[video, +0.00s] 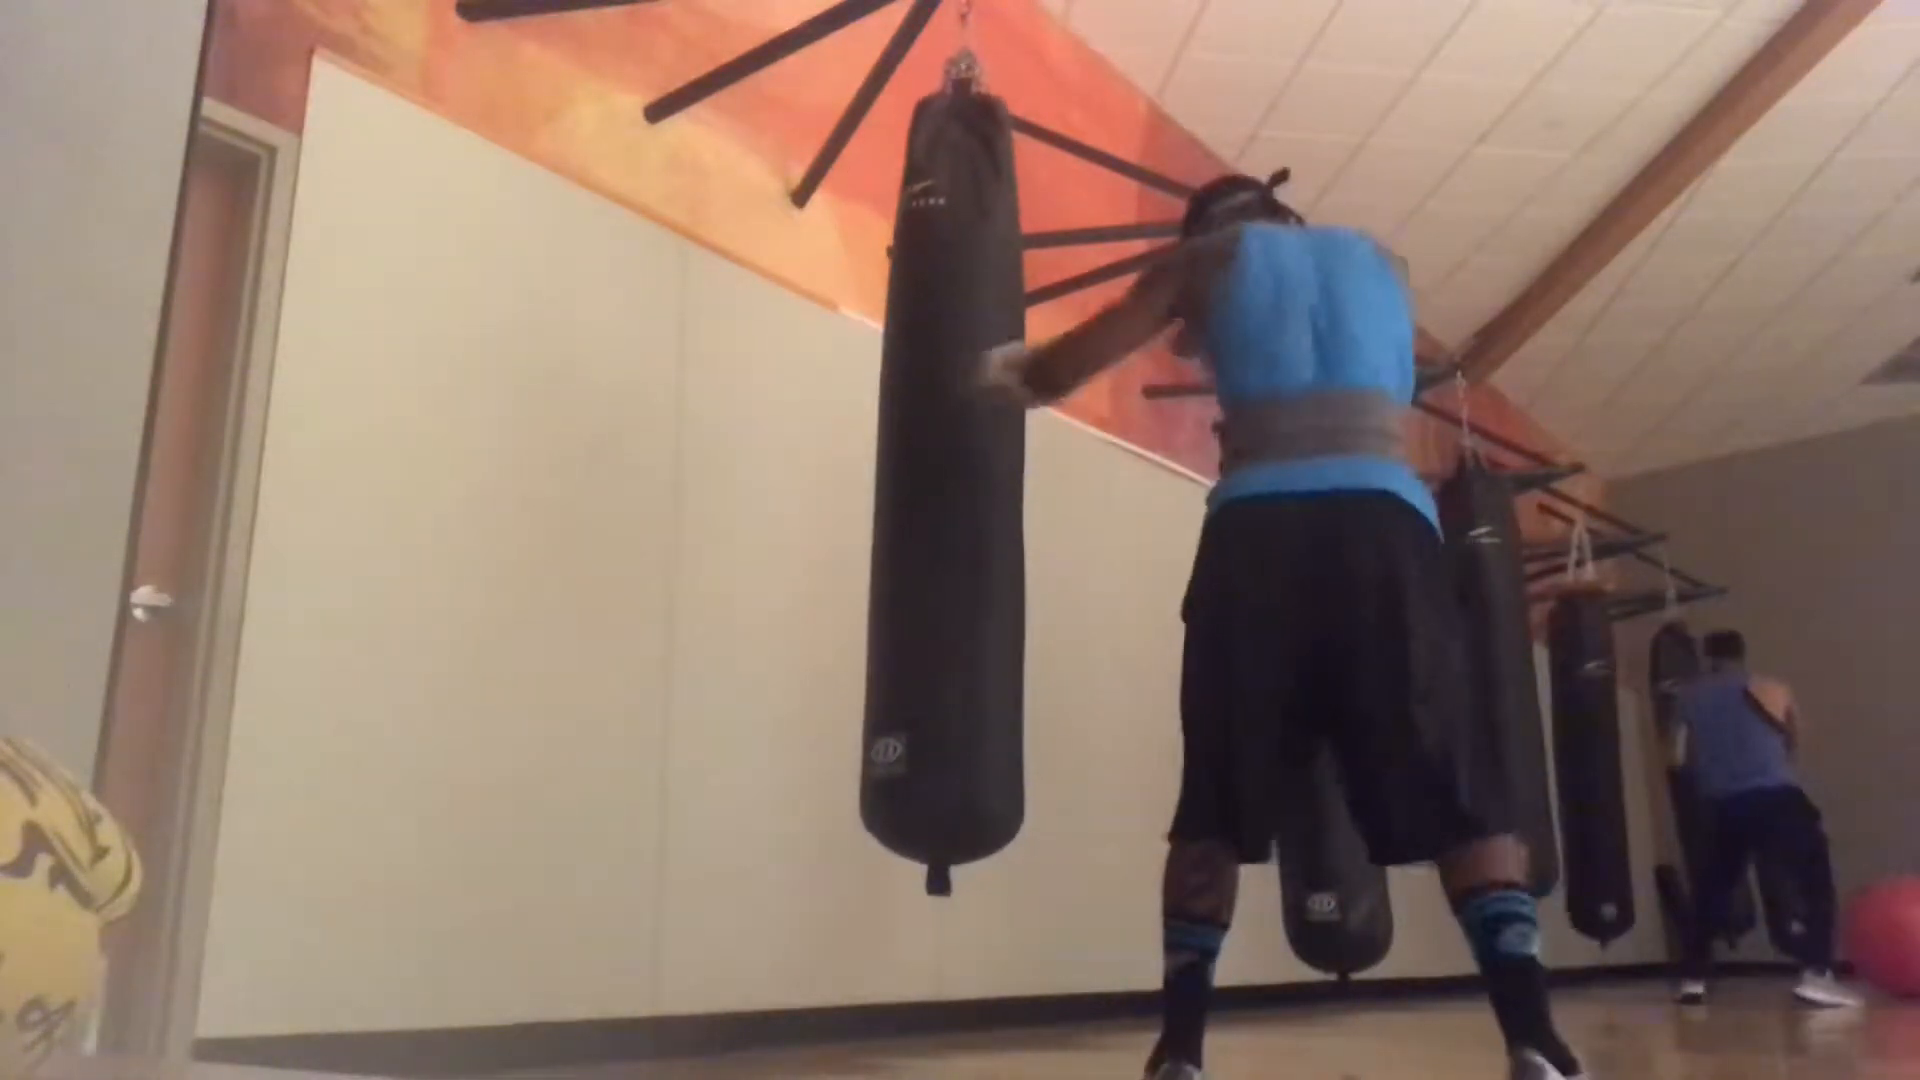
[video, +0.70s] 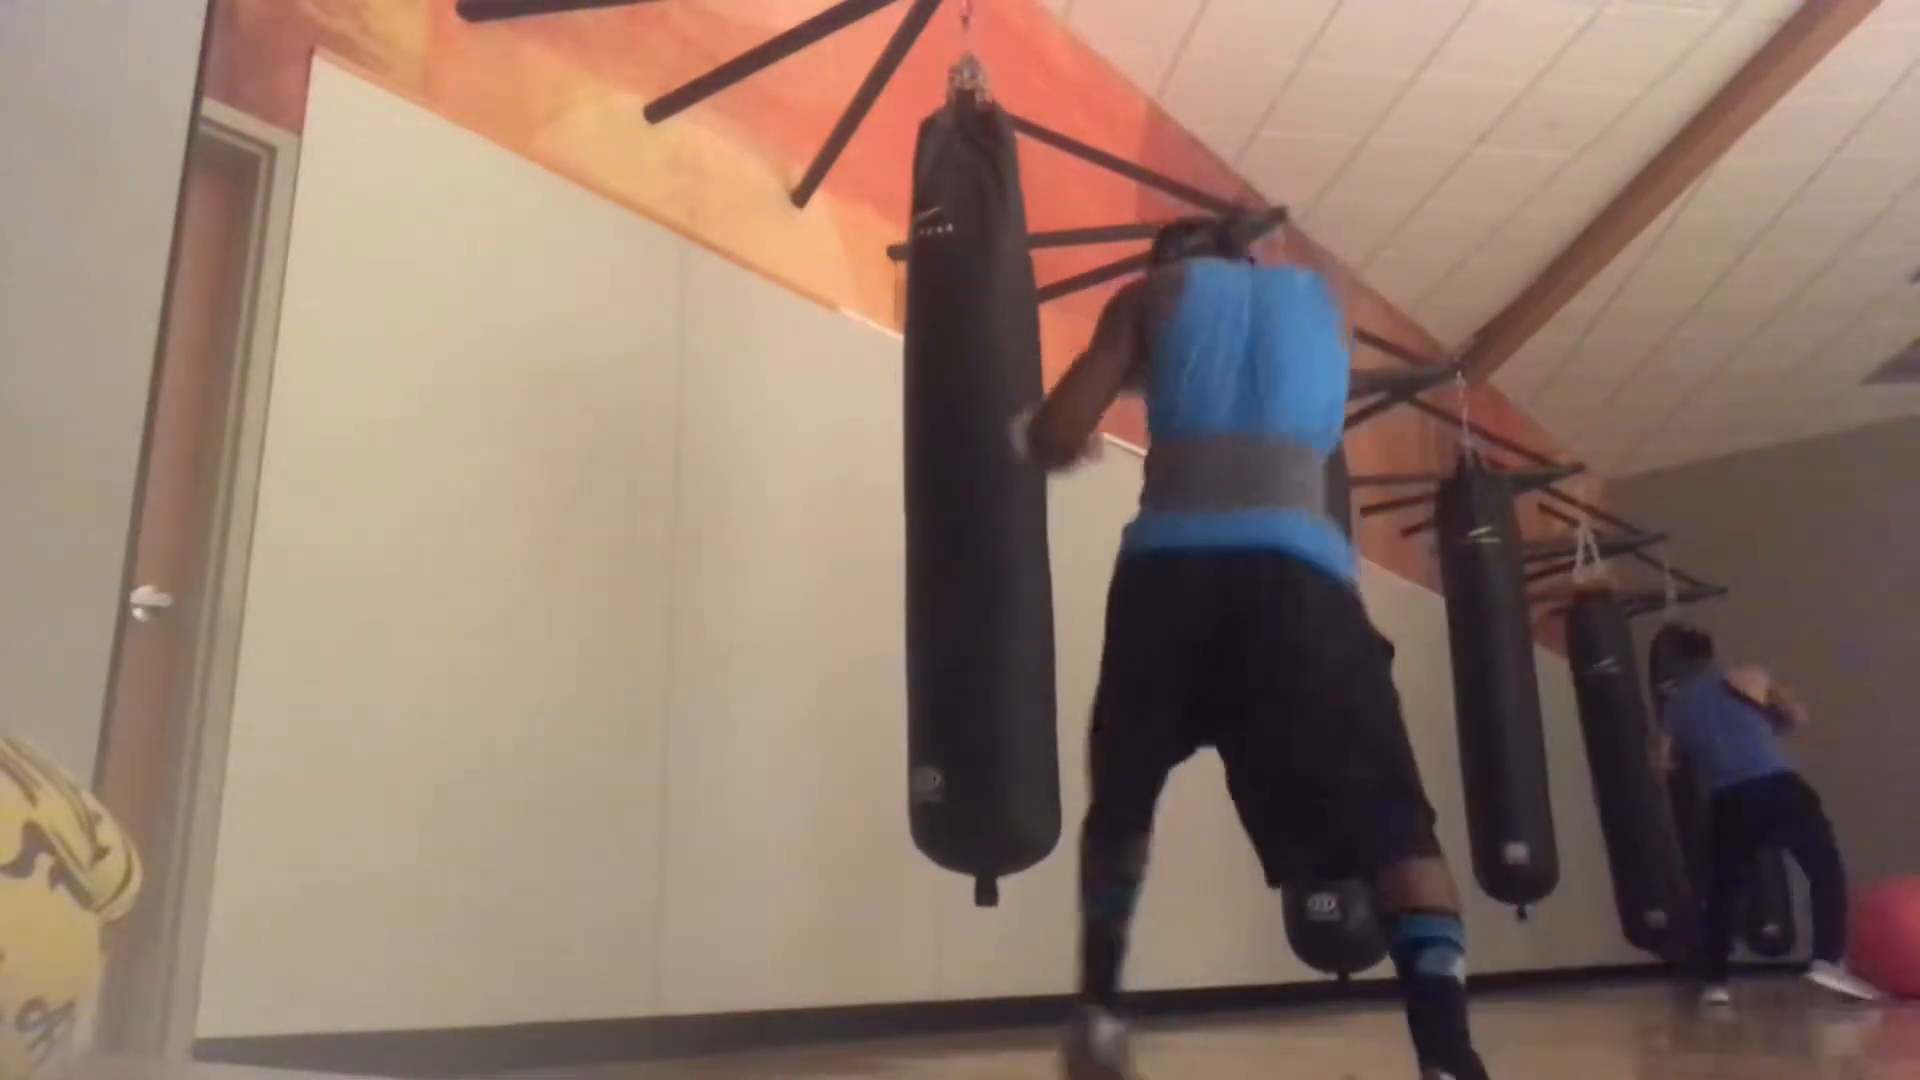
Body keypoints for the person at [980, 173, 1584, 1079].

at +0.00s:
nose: (1193, 268)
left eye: (1193, 253)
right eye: (1193, 254)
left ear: (1211, 231)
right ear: (1279, 214)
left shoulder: (1205, 254)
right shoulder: (1376, 260)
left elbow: (1060, 369)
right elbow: (1433, 359)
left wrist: (1012, 369)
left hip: (1256, 544)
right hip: (1390, 539)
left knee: (1215, 794)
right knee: (1458, 790)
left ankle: (1180, 1048)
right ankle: (1534, 1043)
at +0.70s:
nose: (1152, 276)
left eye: (1156, 265)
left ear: (1177, 259)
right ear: (1266, 254)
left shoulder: (1152, 291)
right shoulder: (1321, 299)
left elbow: (1055, 437)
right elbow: (1319, 431)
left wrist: (1059, 438)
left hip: (1166, 582)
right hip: (1299, 585)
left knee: (1122, 794)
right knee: (1394, 815)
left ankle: (1098, 1011)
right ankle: (1447, 1051)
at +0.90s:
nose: (1251, 303)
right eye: (1240, 295)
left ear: (1122, 321)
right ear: (1199, 301)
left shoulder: (1086, 368)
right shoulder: (1250, 329)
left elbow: (1012, 458)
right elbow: (1287, 482)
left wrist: (988, 524)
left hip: (1097, 604)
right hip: (1221, 598)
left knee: (1069, 825)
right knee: (1381, 806)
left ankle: (996, 1043)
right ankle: (1389, 1024)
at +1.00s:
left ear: (1098, 325)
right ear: (1177, 309)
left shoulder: (1063, 372)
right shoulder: (1242, 327)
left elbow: (994, 513)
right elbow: (1253, 488)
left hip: (1075, 595)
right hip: (1196, 592)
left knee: (1061, 816)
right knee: (1315, 813)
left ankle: (994, 1042)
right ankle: (1282, 1041)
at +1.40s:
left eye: (1002, 296)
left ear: (1005, 292)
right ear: (1067, 293)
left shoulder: (978, 332)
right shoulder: (1132, 340)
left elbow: (933, 471)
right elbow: (1173, 466)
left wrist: (995, 474)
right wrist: (1094, 472)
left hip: (1001, 585)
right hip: (1114, 586)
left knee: (973, 818)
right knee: (1164, 810)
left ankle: (954, 1047)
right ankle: (1302, 961)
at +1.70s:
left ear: (970, 247)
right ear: (1046, 246)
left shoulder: (965, 310)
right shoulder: (1125, 305)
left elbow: (935, 463)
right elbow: (1177, 456)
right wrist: (1090, 494)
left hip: (1007, 572)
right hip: (1130, 567)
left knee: (984, 814)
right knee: (1213, 772)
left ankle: (955, 1046)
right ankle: (1347, 947)